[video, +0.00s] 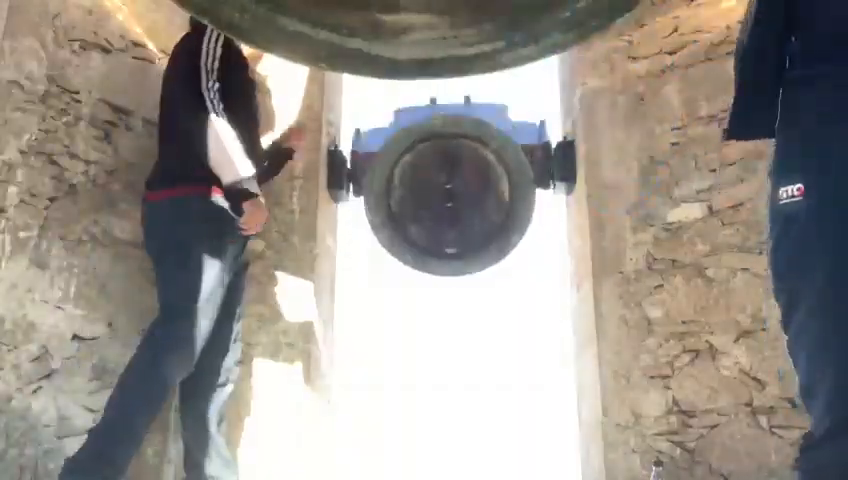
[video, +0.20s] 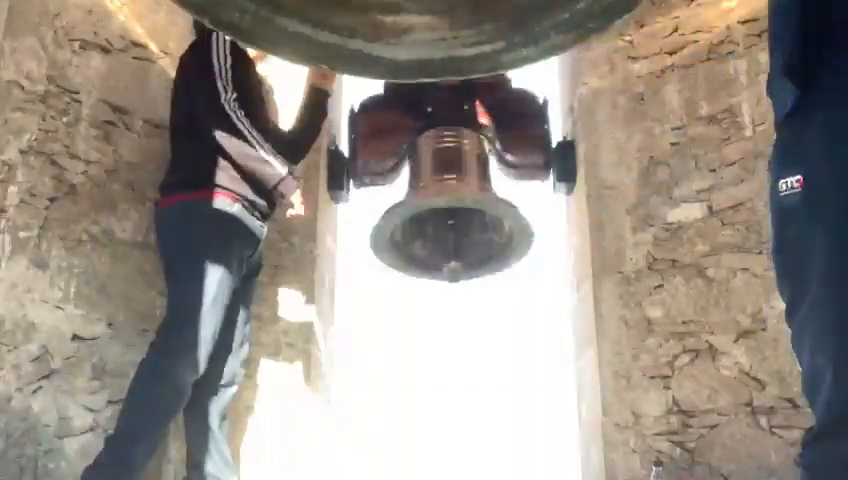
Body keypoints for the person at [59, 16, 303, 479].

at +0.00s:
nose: (267, 31)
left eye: (269, 25)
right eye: (264, 21)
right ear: (245, 12)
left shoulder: (238, 72)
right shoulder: (208, 37)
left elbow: (239, 174)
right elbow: (207, 116)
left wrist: (281, 153)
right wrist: (248, 190)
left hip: (226, 217)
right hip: (191, 205)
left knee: (216, 370)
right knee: (179, 345)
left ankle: (212, 471)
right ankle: (91, 470)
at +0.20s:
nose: (277, 37)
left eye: (279, 31)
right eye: (273, 26)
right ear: (251, 18)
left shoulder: (250, 82)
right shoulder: (216, 41)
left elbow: (290, 152)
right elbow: (221, 116)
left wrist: (320, 91)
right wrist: (280, 182)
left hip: (245, 227)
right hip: (207, 212)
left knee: (222, 375)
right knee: (184, 359)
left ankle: (214, 473)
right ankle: (112, 471)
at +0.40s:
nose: (270, 30)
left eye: (270, 23)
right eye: (265, 20)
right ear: (239, 15)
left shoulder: (252, 81)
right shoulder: (215, 47)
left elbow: (310, 106)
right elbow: (222, 117)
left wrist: (336, 46)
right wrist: (291, 176)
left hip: (254, 228)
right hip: (214, 212)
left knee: (225, 376)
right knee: (183, 355)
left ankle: (215, 473)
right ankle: (115, 471)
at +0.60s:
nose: (268, 40)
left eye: (271, 32)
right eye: (260, 28)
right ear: (235, 23)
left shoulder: (263, 81)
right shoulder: (220, 54)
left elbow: (316, 92)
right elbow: (227, 132)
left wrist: (354, 46)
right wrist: (284, 205)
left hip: (251, 228)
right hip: (216, 213)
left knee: (225, 377)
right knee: (183, 358)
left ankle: (215, 472)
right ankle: (115, 470)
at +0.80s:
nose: (305, 58)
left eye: (308, 50)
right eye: (303, 46)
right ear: (283, 38)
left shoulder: (267, 87)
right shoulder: (246, 61)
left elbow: (296, 150)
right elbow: (236, 136)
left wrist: (351, 119)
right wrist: (253, 215)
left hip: (238, 221)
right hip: (205, 213)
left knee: (224, 372)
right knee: (181, 356)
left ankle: (216, 472)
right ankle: (115, 469)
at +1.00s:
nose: (306, 59)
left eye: (308, 50)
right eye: (302, 47)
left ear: (280, 46)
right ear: (277, 39)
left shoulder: (264, 84)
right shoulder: (244, 63)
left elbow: (290, 155)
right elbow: (242, 147)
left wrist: (352, 206)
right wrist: (262, 231)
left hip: (230, 222)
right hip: (196, 212)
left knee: (210, 369)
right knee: (175, 346)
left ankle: (209, 472)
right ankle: (111, 470)